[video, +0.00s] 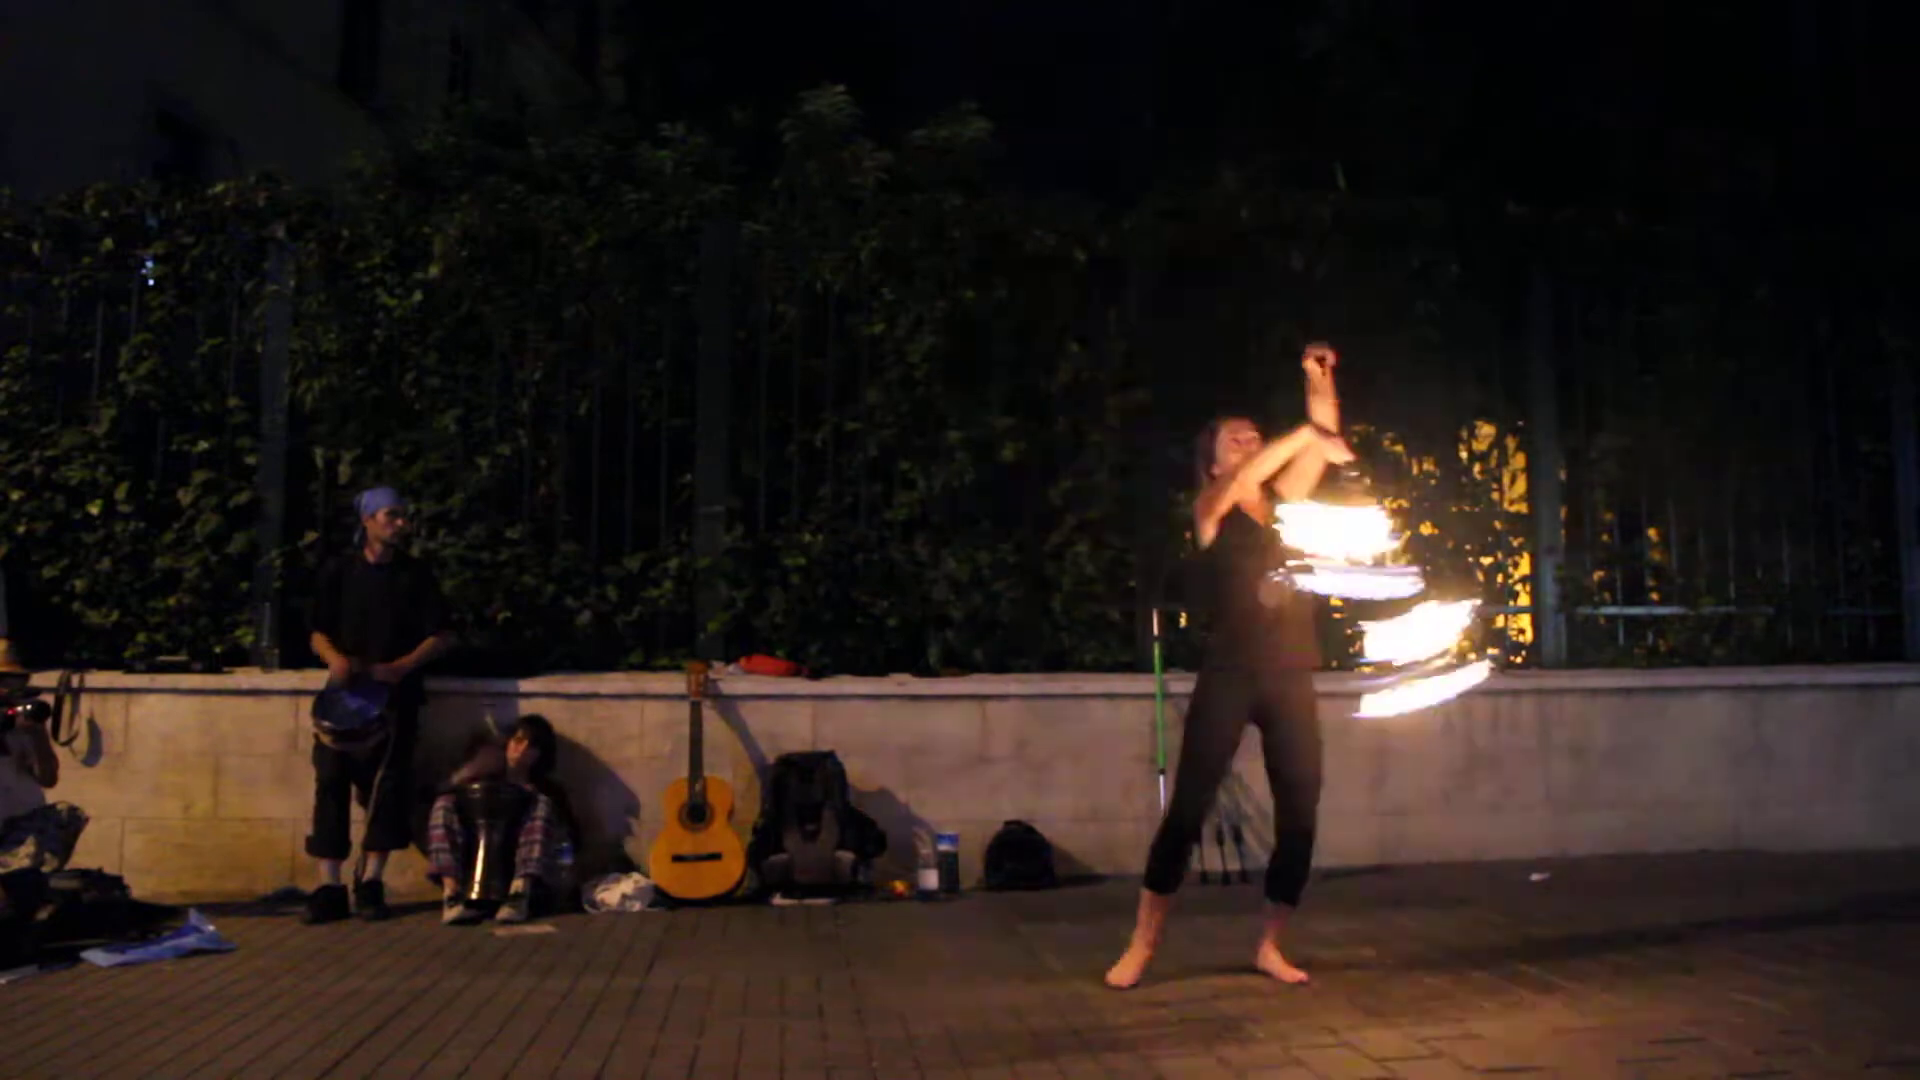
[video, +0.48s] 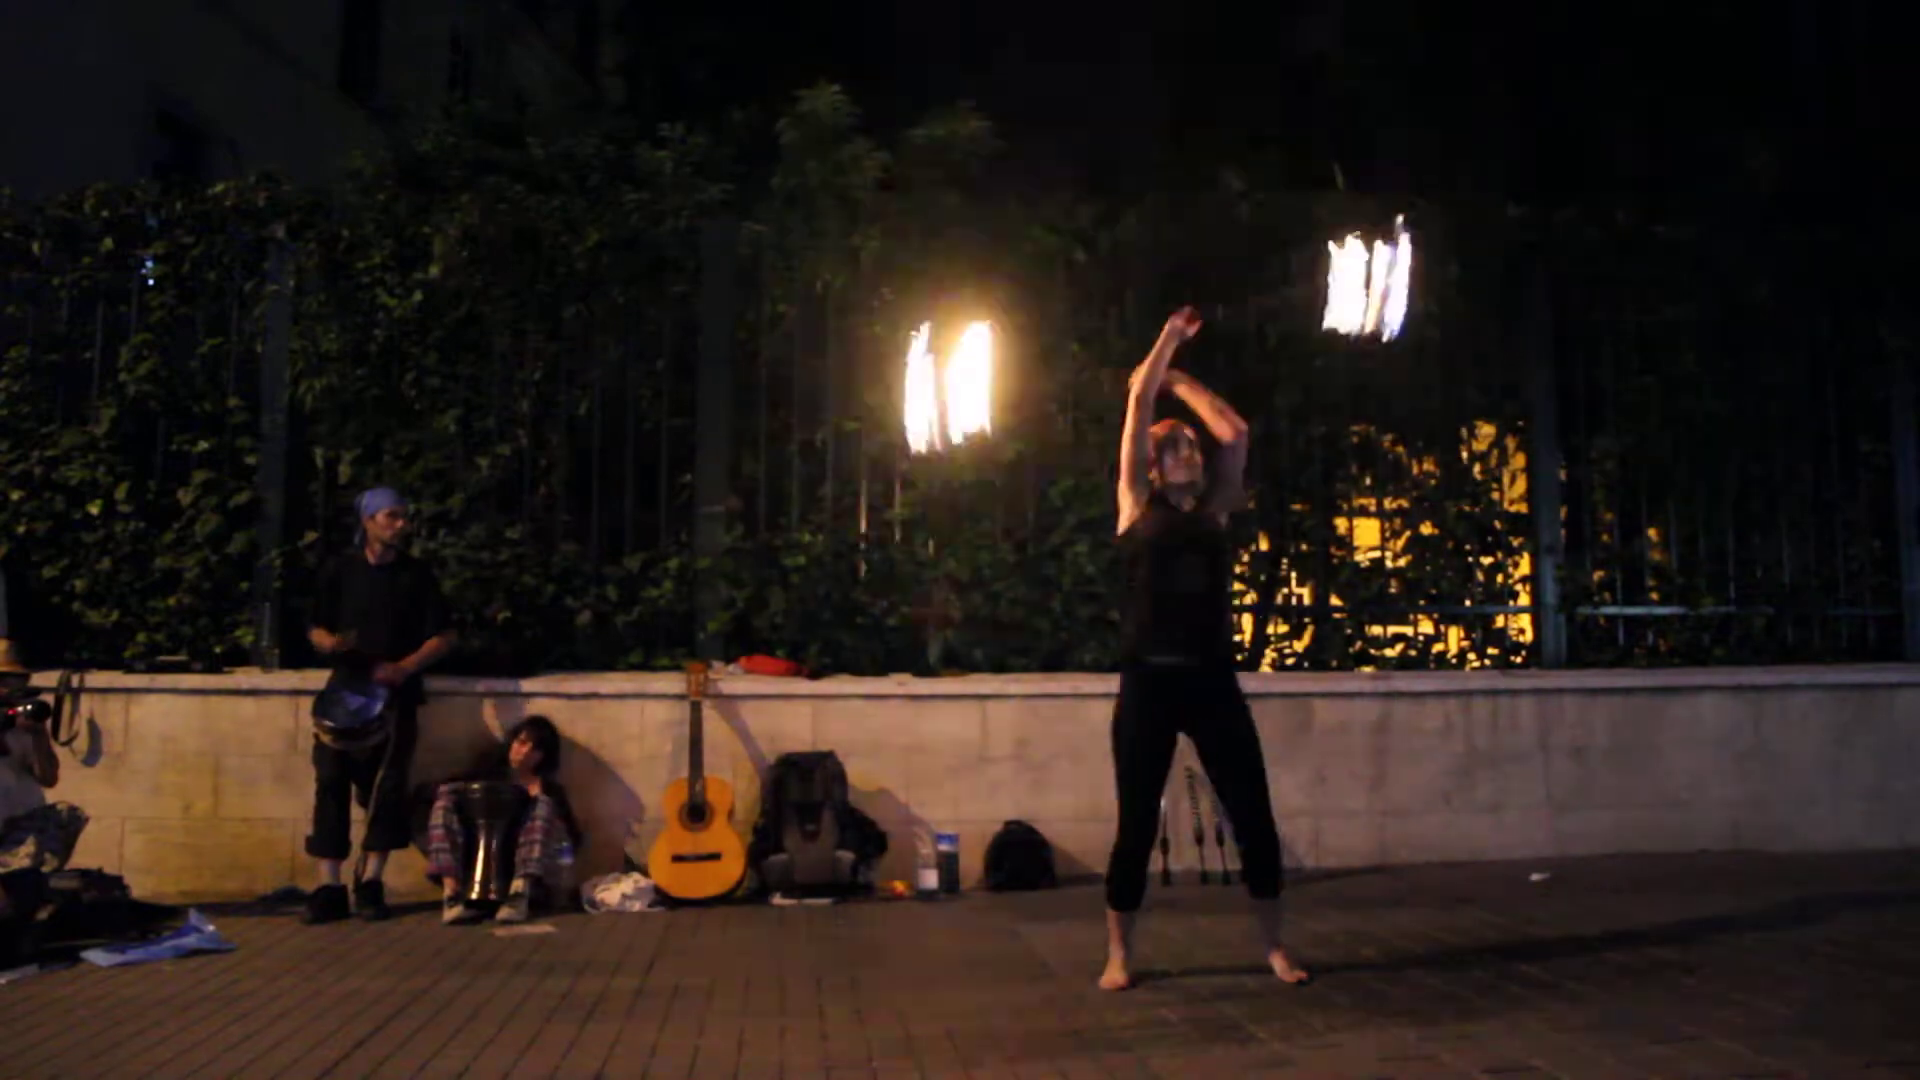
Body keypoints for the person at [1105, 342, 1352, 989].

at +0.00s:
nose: (1248, 443)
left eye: (1254, 437)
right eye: (1234, 437)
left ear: (1266, 447)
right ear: (1209, 457)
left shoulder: (1282, 503)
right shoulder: (1207, 512)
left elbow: (1321, 449)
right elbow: (1244, 481)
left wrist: (1321, 382)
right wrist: (1312, 433)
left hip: (1291, 679)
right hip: (1227, 677)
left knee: (1300, 814)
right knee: (1187, 811)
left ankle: (1270, 945)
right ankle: (1142, 942)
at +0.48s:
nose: (1180, 455)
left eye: (1187, 447)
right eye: (1168, 448)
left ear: (1203, 457)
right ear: (1152, 460)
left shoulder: (1217, 512)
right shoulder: (1137, 509)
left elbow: (1233, 433)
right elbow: (1138, 398)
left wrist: (1176, 377)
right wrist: (1168, 339)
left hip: (1213, 683)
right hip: (1147, 684)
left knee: (1253, 816)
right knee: (1136, 824)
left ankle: (1273, 947)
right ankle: (1119, 953)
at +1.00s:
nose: (1215, 438)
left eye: (1221, 432)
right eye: (1201, 432)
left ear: (1231, 450)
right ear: (1176, 451)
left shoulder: (1248, 505)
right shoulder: (1171, 501)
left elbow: (1261, 434)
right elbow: (1199, 431)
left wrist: (1230, 362)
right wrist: (1234, 350)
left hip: (1248, 671)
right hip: (1185, 672)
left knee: (1267, 808)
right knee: (1157, 807)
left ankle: (1259, 942)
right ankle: (1116, 946)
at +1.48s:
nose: (1191, 429)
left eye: (1199, 422)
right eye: (1180, 423)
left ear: (1214, 439)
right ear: (1161, 443)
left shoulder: (1240, 499)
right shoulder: (1144, 501)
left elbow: (1315, 495)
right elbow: (1070, 513)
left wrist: (1377, 486)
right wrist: (1001, 507)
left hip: (1226, 663)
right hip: (1162, 664)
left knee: (1244, 796)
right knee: (1137, 796)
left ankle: (1265, 936)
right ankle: (1100, 933)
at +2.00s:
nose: (1113, 460)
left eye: (1119, 455)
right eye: (1102, 454)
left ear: (1129, 466)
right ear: (1079, 468)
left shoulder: (1150, 512)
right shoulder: (1075, 523)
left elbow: (1161, 442)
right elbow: (1111, 490)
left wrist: (1139, 383)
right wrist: (1191, 466)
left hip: (1165, 689)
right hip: (1100, 693)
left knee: (1214, 812)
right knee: (1103, 825)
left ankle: (1253, 941)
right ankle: (1100, 951)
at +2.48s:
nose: (1115, 461)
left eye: (1124, 453)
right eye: (1104, 455)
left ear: (1137, 465)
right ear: (1088, 467)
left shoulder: (1156, 511)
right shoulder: (1078, 515)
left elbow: (1163, 428)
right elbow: (1075, 416)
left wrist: (1095, 381)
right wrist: (1113, 353)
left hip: (1161, 682)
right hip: (1097, 686)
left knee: (1206, 809)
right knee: (1103, 822)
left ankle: (1244, 929)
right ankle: (1099, 945)